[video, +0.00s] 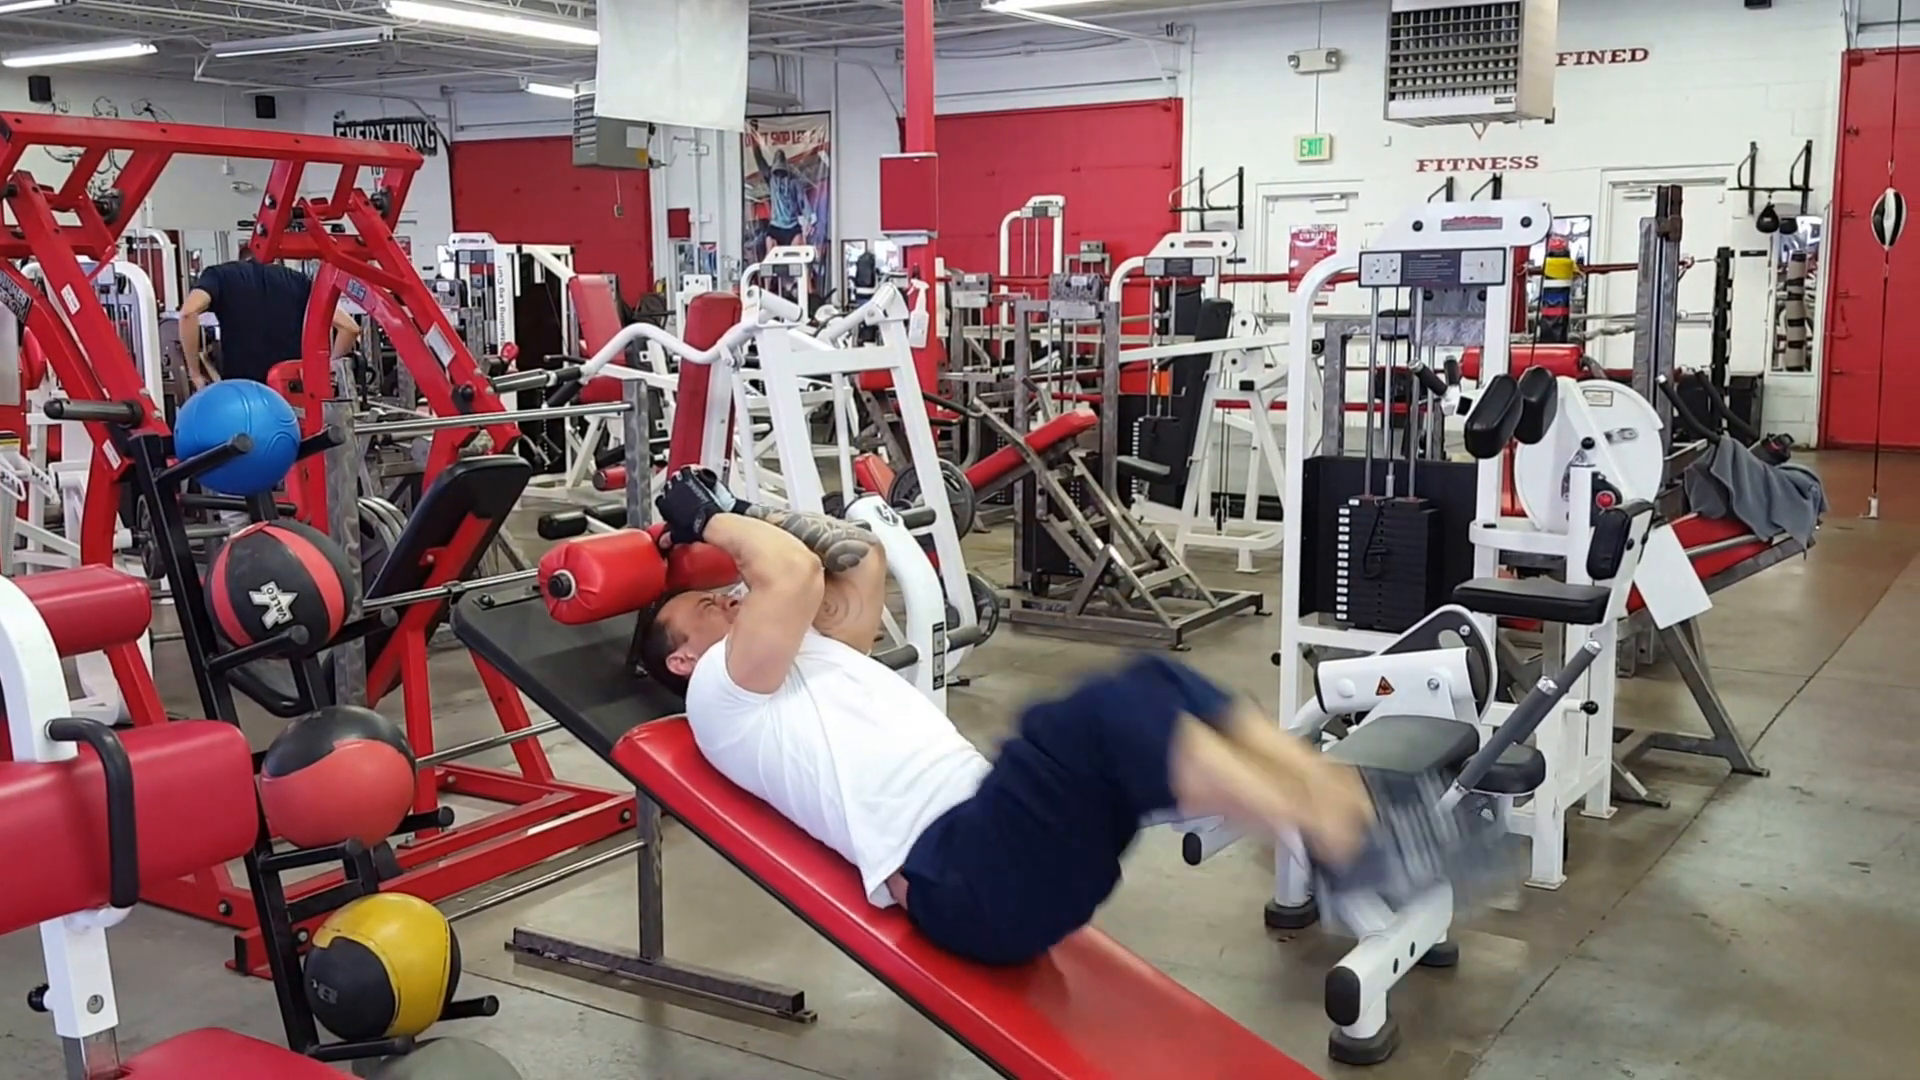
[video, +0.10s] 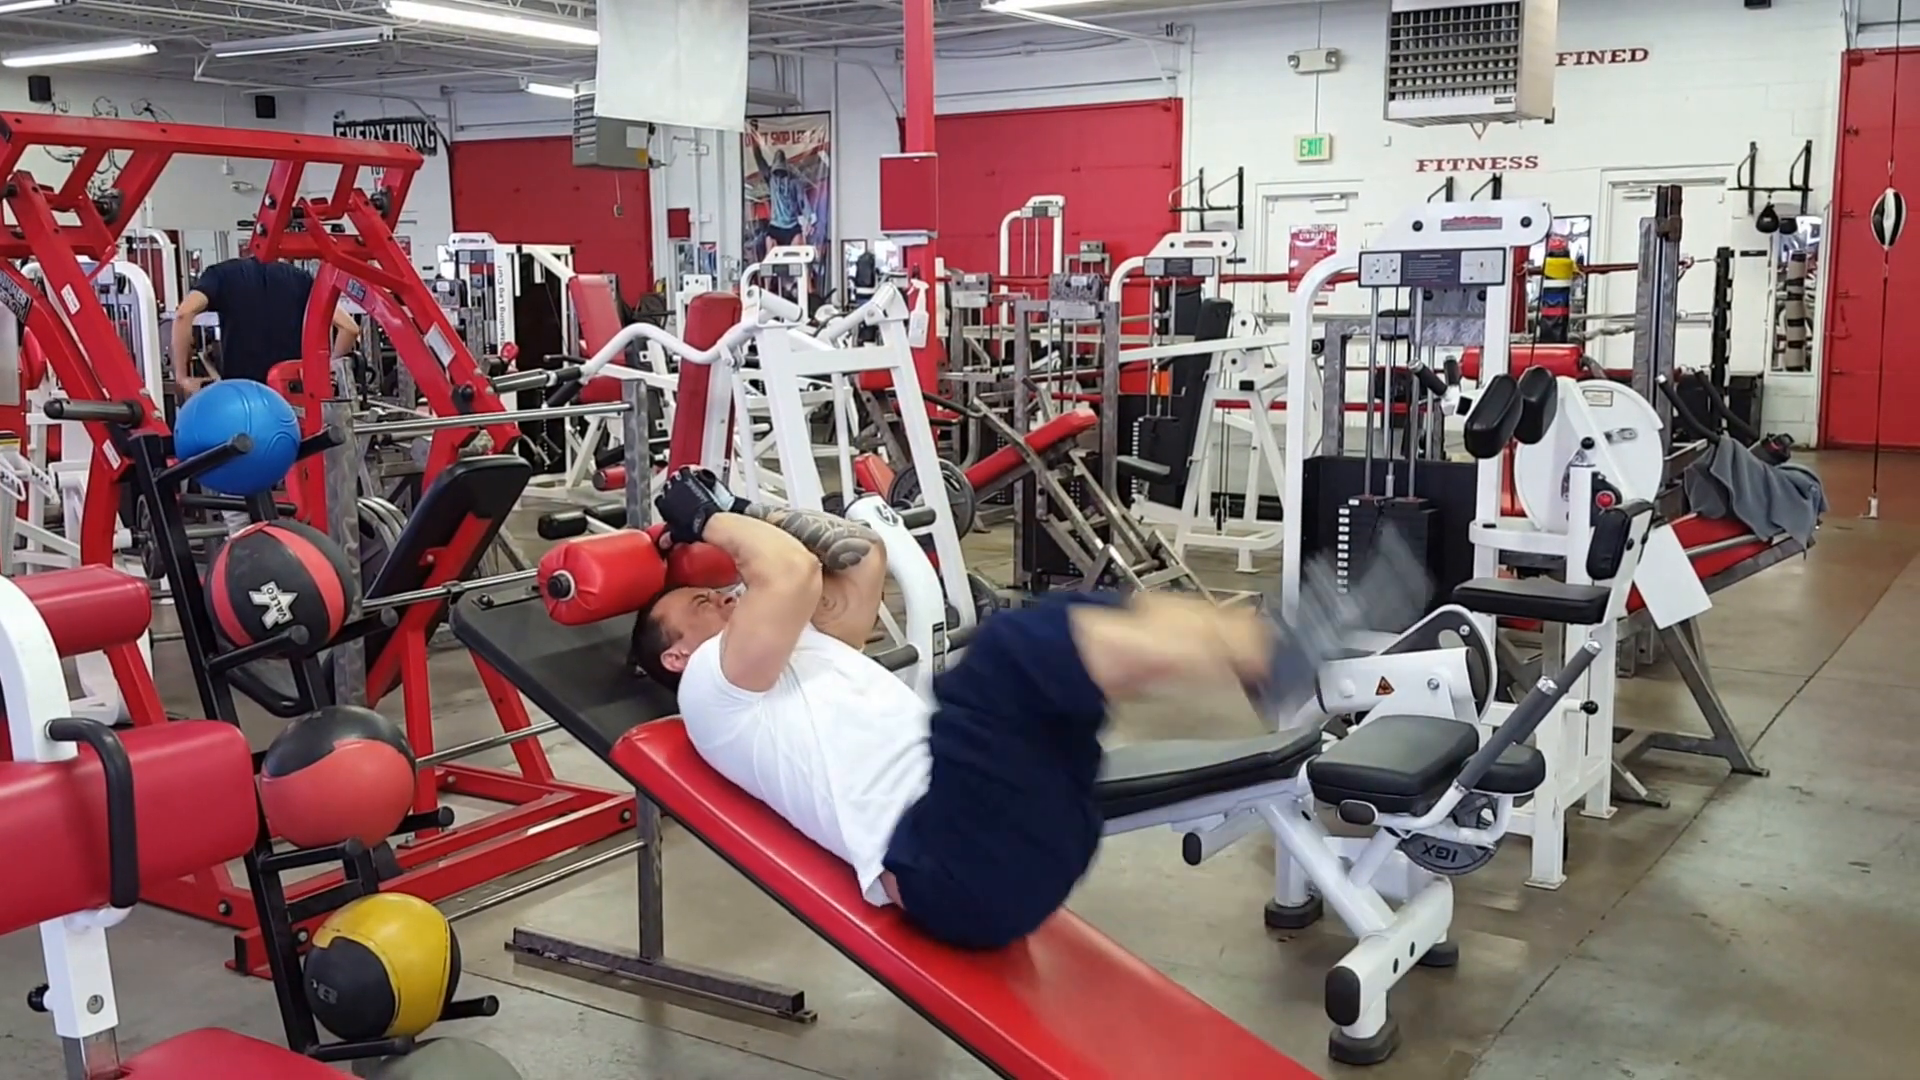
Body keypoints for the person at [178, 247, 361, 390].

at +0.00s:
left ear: (240, 257)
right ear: (275, 256)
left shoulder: (220, 274)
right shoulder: (300, 280)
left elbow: (188, 313)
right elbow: (350, 328)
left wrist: (195, 373)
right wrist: (328, 365)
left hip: (242, 399)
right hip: (299, 398)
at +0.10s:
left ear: (248, 247)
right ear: (280, 244)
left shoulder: (223, 273)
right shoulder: (302, 278)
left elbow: (183, 314)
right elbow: (350, 329)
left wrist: (182, 377)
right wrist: (328, 366)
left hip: (240, 402)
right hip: (298, 401)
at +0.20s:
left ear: (254, 239)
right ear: (290, 240)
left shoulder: (226, 272)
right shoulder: (308, 278)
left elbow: (181, 318)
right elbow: (350, 330)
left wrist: (177, 380)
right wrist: (329, 366)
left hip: (240, 402)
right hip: (299, 401)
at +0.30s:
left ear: (257, 235)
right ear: (292, 236)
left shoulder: (233, 270)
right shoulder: (309, 275)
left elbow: (189, 324)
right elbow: (351, 331)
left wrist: (177, 384)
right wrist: (327, 367)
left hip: (243, 395)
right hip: (301, 396)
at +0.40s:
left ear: (260, 230)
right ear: (297, 232)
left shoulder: (238, 268)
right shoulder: (315, 273)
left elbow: (204, 333)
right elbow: (351, 332)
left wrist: (181, 386)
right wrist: (328, 364)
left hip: (245, 393)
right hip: (302, 393)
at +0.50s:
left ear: (263, 227)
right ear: (304, 228)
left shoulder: (242, 267)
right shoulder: (318, 270)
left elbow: (216, 334)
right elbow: (351, 334)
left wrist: (206, 376)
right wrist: (330, 367)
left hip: (247, 390)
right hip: (303, 388)